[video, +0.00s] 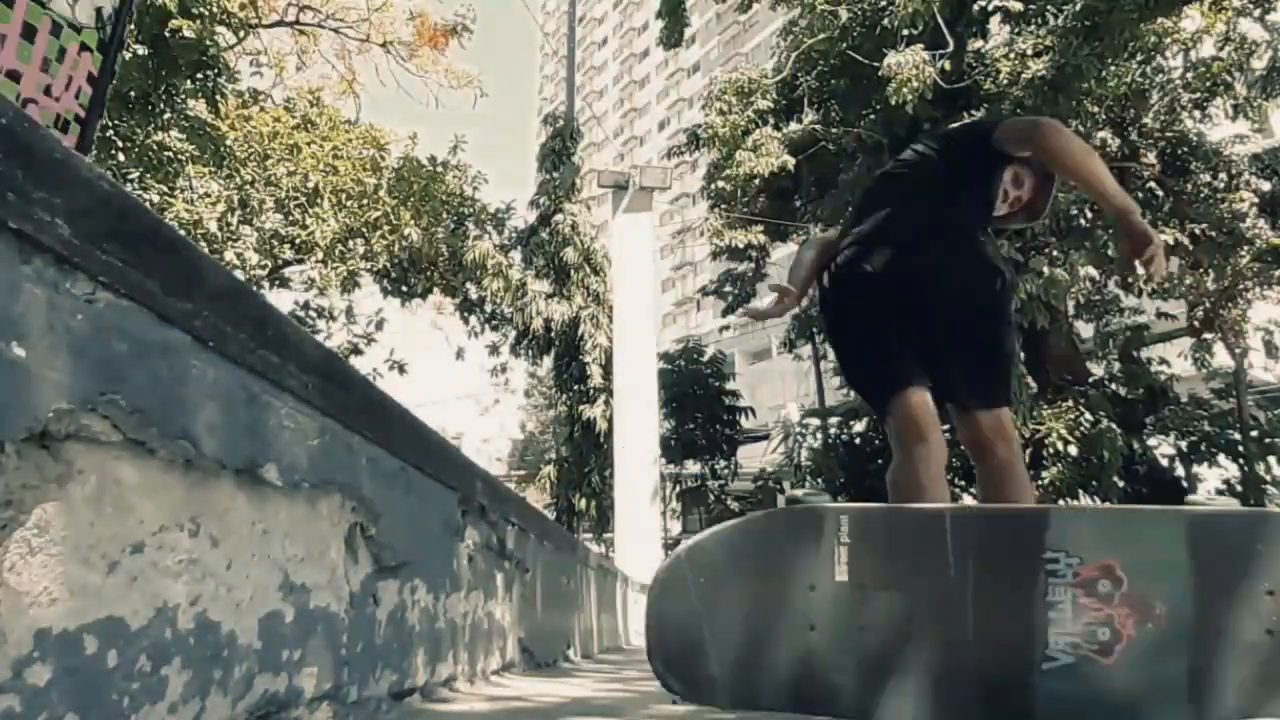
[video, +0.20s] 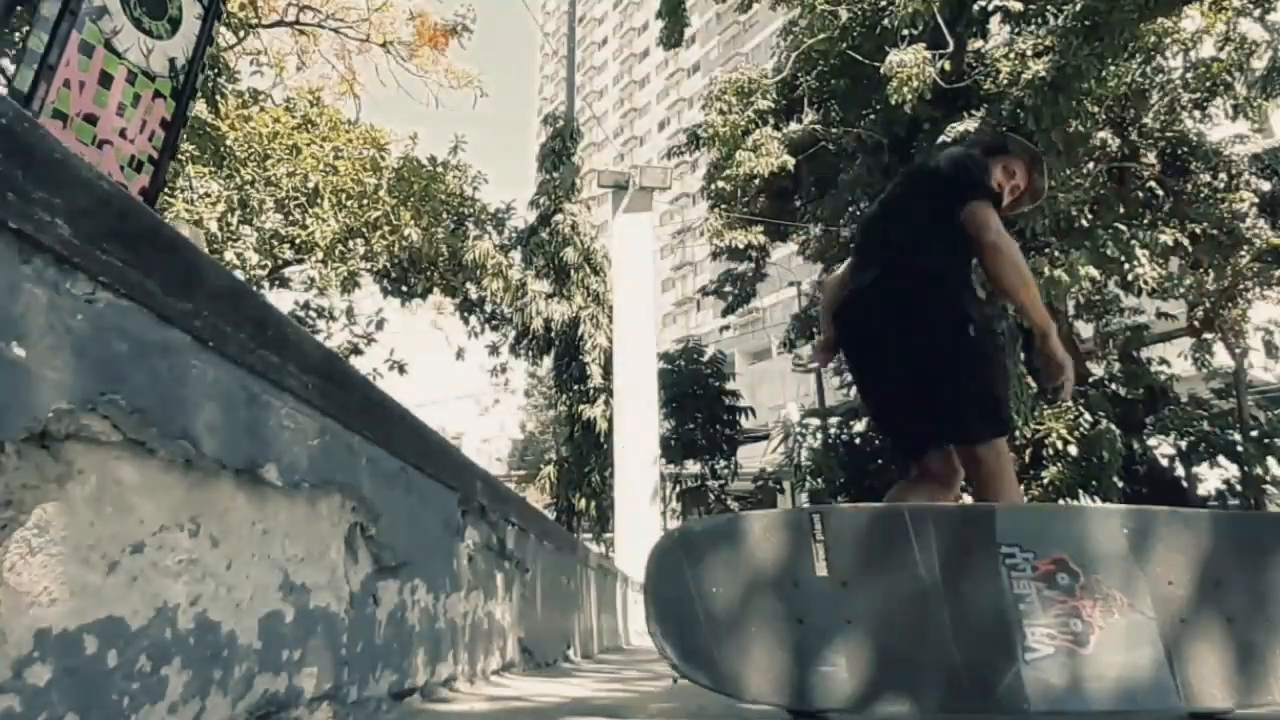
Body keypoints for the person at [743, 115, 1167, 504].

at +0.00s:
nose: (1016, 197)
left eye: (1021, 208)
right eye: (1021, 185)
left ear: (1011, 220)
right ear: (1008, 160)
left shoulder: (892, 191)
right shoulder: (969, 143)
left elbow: (825, 239)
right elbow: (1046, 133)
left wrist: (793, 291)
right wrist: (1128, 215)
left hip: (855, 281)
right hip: (949, 265)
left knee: (915, 433)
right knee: (993, 439)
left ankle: (923, 590)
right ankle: (1025, 588)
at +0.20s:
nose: (1010, 189)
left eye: (1017, 194)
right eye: (1011, 173)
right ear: (992, 153)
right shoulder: (960, 161)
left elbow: (836, 281)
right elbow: (990, 238)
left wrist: (829, 333)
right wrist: (1046, 331)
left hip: (864, 319)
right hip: (929, 312)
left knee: (937, 474)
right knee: (988, 456)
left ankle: (867, 554)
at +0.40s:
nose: (977, 174)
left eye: (987, 177)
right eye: (975, 160)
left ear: (982, 192)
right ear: (948, 149)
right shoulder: (926, 172)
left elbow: (857, 284)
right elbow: (959, 259)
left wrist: (843, 358)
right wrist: (968, 326)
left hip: (854, 328)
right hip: (907, 316)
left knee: (898, 482)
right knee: (971, 451)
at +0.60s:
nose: (912, 175)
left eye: (922, 171)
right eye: (905, 162)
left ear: (926, 183)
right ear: (881, 161)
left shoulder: (882, 222)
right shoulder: (853, 198)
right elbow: (875, 265)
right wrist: (943, 295)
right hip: (863, 350)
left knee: (850, 480)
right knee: (943, 459)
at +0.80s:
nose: (871, 170)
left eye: (881, 163)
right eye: (862, 160)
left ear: (890, 177)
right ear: (839, 167)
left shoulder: (871, 240)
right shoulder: (819, 212)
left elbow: (892, 316)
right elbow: (833, 278)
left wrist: (936, 375)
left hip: (864, 352)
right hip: (832, 345)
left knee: (846, 483)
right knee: (907, 452)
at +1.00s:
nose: (861, 161)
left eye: (870, 156)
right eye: (850, 154)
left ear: (879, 171)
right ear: (826, 169)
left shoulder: (870, 238)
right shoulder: (810, 210)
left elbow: (910, 306)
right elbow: (773, 272)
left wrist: (974, 354)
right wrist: (748, 333)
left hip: (870, 352)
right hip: (833, 346)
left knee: (845, 481)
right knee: (894, 455)